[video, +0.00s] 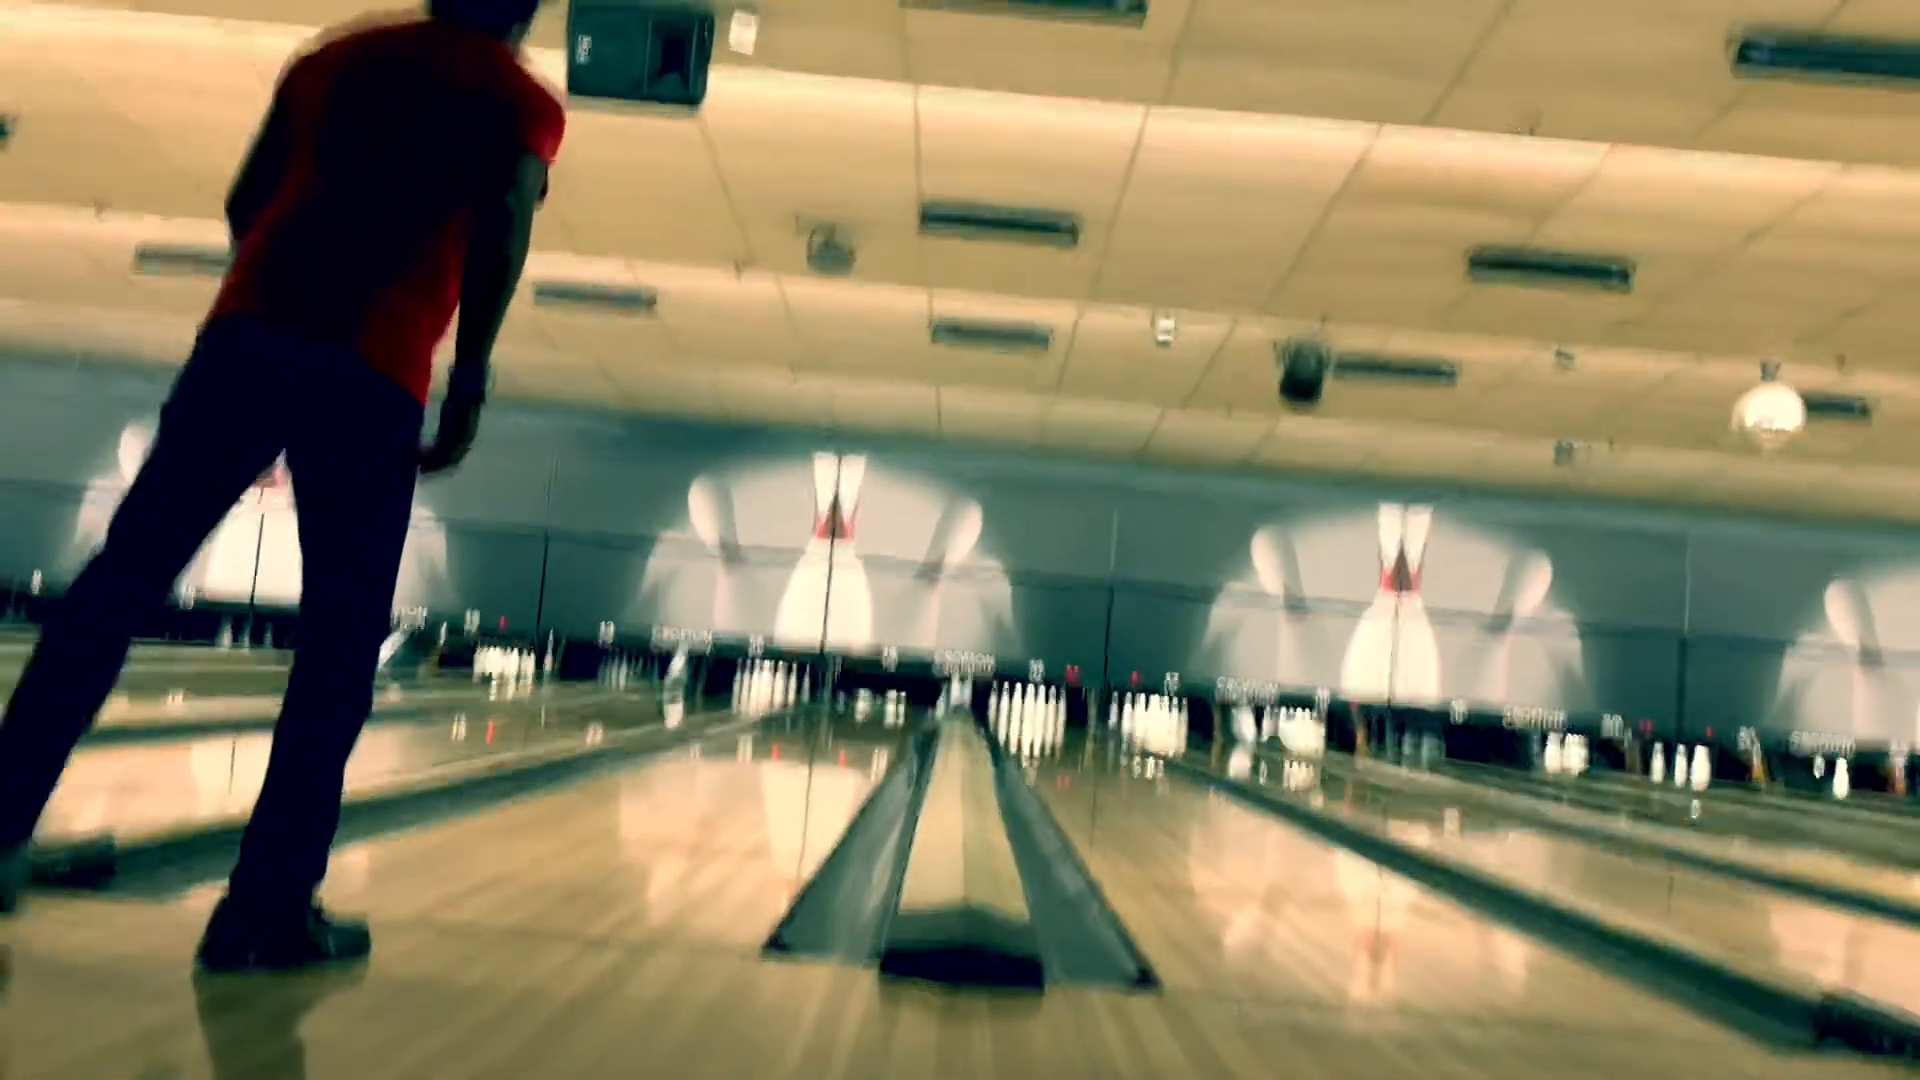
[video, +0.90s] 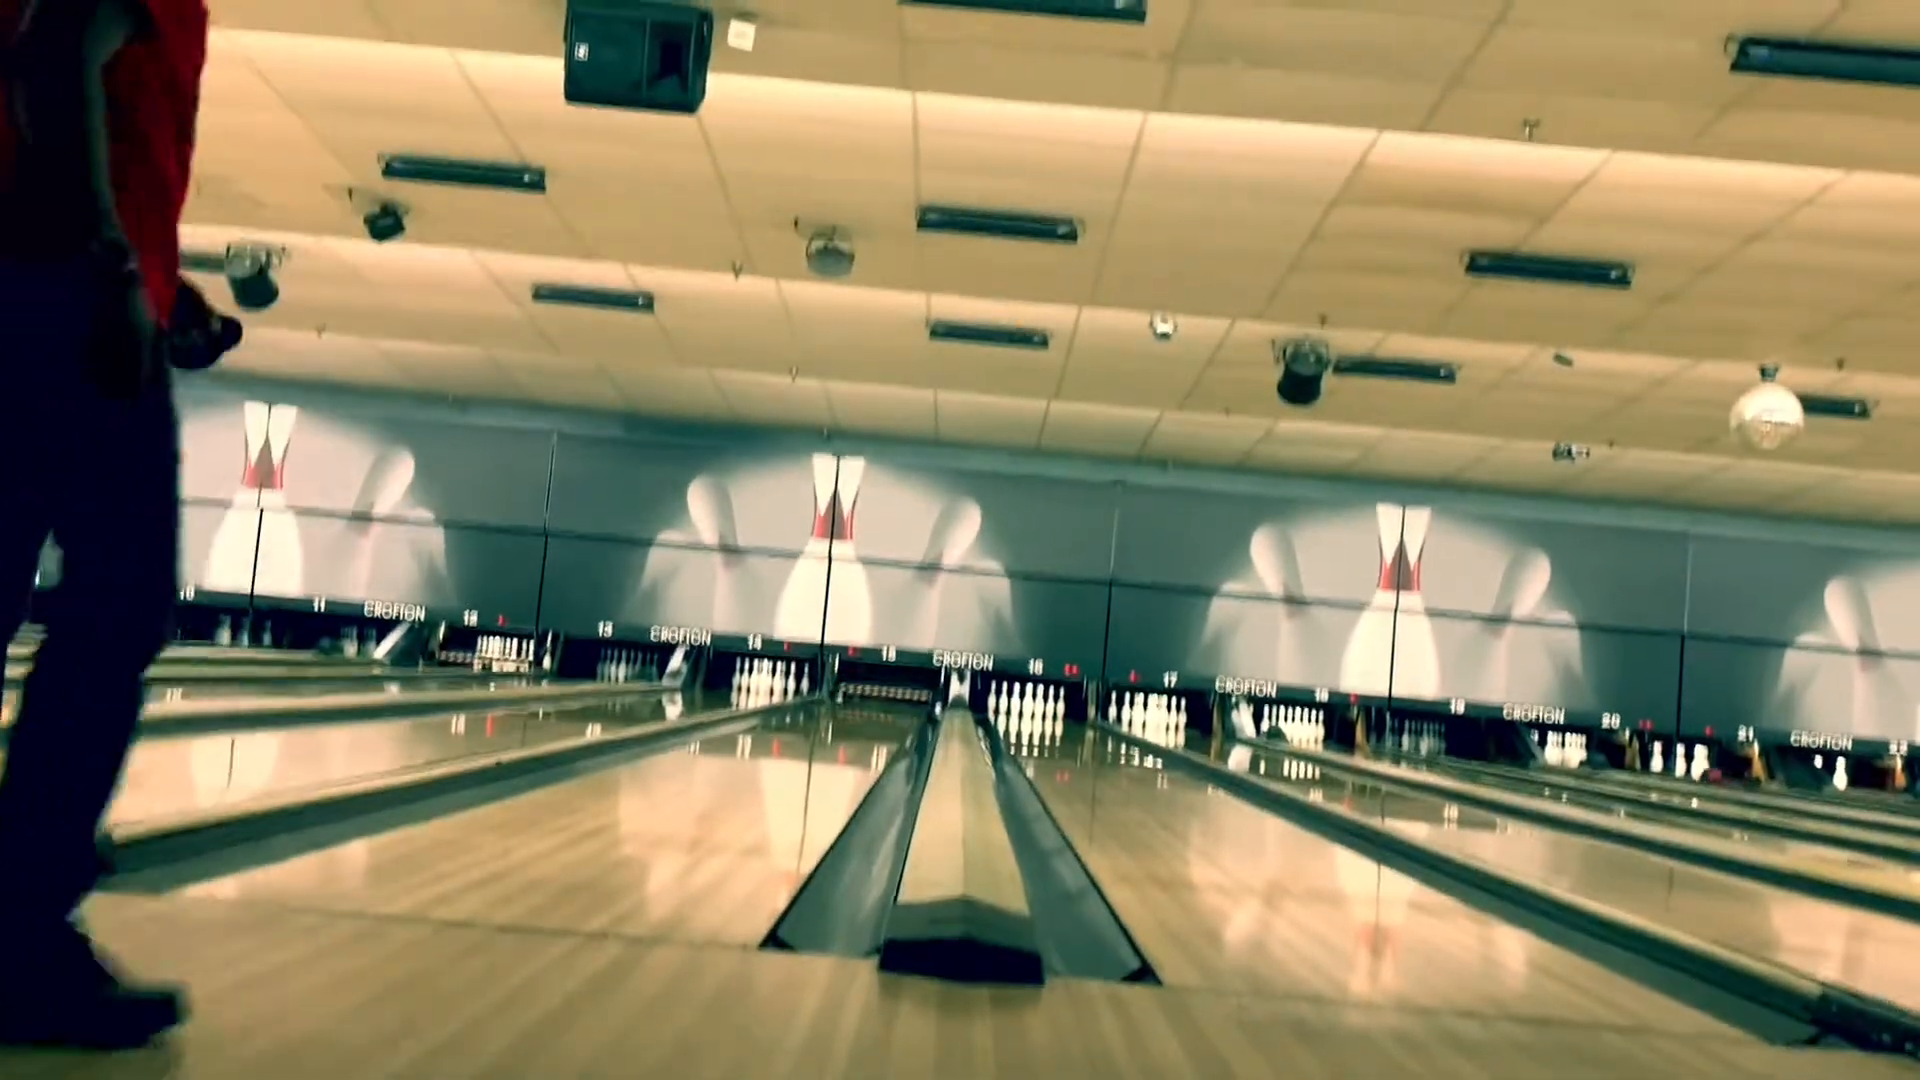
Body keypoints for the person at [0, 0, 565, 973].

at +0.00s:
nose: (528, 30)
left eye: (524, 21)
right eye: (532, 22)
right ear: (521, 15)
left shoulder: (330, 57)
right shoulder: (525, 100)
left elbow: (245, 202)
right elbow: (501, 231)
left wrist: (290, 315)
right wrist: (468, 385)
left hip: (242, 350)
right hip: (369, 379)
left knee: (117, 584)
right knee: (337, 654)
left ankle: (3, 824)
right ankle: (265, 915)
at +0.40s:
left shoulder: (192, 17)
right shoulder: (405, 32)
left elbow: (133, 190)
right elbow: (404, 199)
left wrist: (209, 285)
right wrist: (410, 353)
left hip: (173, 350)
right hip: (309, 364)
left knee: (128, 602)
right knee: (310, 638)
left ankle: (8, 875)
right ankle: (266, 902)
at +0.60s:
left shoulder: (92, 11)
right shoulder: (309, 4)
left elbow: (45, 185)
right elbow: (281, 138)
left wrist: (138, 277)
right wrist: (310, 324)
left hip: (78, 323)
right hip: (218, 331)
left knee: (30, 620)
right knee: (240, 631)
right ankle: (260, 893)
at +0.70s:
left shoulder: (64, 5)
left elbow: (19, 141)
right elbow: (233, 87)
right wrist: (246, 288)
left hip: (42, 295)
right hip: (177, 304)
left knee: (12, 613)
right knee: (218, 606)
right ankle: (215, 897)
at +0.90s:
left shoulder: (174, 16)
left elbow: (110, 141)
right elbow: (62, 79)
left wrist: (168, 287)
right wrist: (115, 286)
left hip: (78, 305)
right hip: (73, 308)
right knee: (120, 605)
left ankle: (35, 940)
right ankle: (31, 945)